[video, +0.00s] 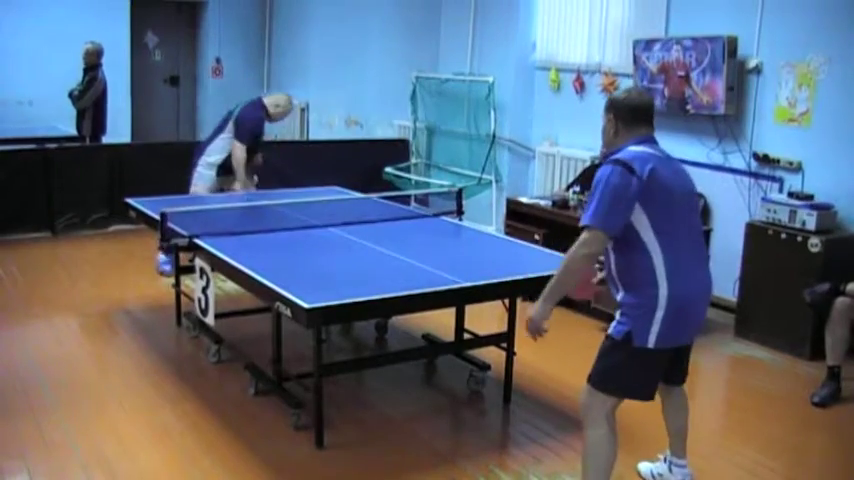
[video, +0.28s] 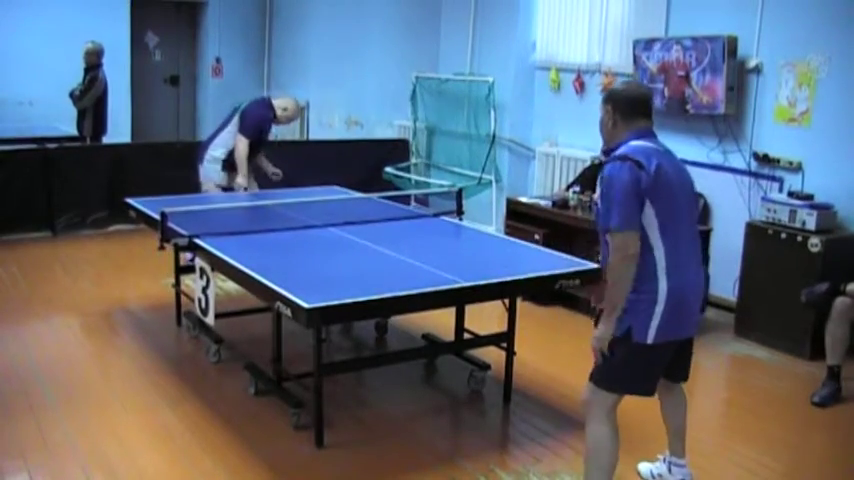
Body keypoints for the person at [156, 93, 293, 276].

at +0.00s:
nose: (280, 119)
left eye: (283, 116)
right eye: (282, 115)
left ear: (274, 104)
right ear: (276, 108)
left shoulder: (257, 112)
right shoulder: (251, 114)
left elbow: (252, 140)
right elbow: (238, 150)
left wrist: (255, 155)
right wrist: (241, 181)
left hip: (228, 163)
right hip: (209, 163)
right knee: (195, 207)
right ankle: (167, 251)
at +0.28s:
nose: (285, 123)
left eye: (289, 121)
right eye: (288, 119)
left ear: (283, 108)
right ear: (283, 110)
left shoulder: (266, 115)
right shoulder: (259, 111)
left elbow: (255, 150)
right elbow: (241, 143)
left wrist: (269, 169)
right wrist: (242, 176)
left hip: (235, 161)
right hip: (215, 161)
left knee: (253, 199)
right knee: (216, 205)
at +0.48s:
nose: (293, 123)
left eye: (296, 121)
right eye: (295, 119)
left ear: (291, 110)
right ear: (292, 112)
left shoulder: (275, 119)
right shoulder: (263, 112)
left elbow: (270, 153)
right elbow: (244, 142)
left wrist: (279, 177)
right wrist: (246, 174)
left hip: (247, 164)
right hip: (223, 163)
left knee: (267, 199)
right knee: (217, 203)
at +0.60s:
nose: (300, 116)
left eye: (304, 113)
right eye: (303, 112)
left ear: (300, 103)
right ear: (300, 104)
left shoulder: (285, 114)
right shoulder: (273, 107)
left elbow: (278, 151)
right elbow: (255, 137)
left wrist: (279, 178)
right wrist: (249, 170)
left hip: (259, 163)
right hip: (235, 160)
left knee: (272, 201)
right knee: (229, 204)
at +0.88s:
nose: (318, 100)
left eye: (321, 97)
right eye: (320, 95)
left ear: (314, 86)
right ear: (316, 89)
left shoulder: (300, 97)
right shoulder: (294, 96)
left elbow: (294, 134)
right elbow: (283, 131)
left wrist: (297, 159)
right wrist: (283, 163)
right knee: (271, 189)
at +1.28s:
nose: (334, 88)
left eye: (335, 86)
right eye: (335, 85)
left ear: (318, 75)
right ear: (332, 82)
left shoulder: (297, 88)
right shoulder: (326, 95)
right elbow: (331, 130)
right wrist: (340, 158)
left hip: (285, 148)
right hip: (306, 151)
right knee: (306, 197)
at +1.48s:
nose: (338, 84)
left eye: (338, 81)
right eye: (339, 81)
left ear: (321, 73)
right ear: (337, 78)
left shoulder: (303, 90)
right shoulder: (335, 93)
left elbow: (300, 124)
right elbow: (341, 127)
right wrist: (349, 156)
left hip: (298, 149)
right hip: (321, 151)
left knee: (309, 193)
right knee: (329, 194)